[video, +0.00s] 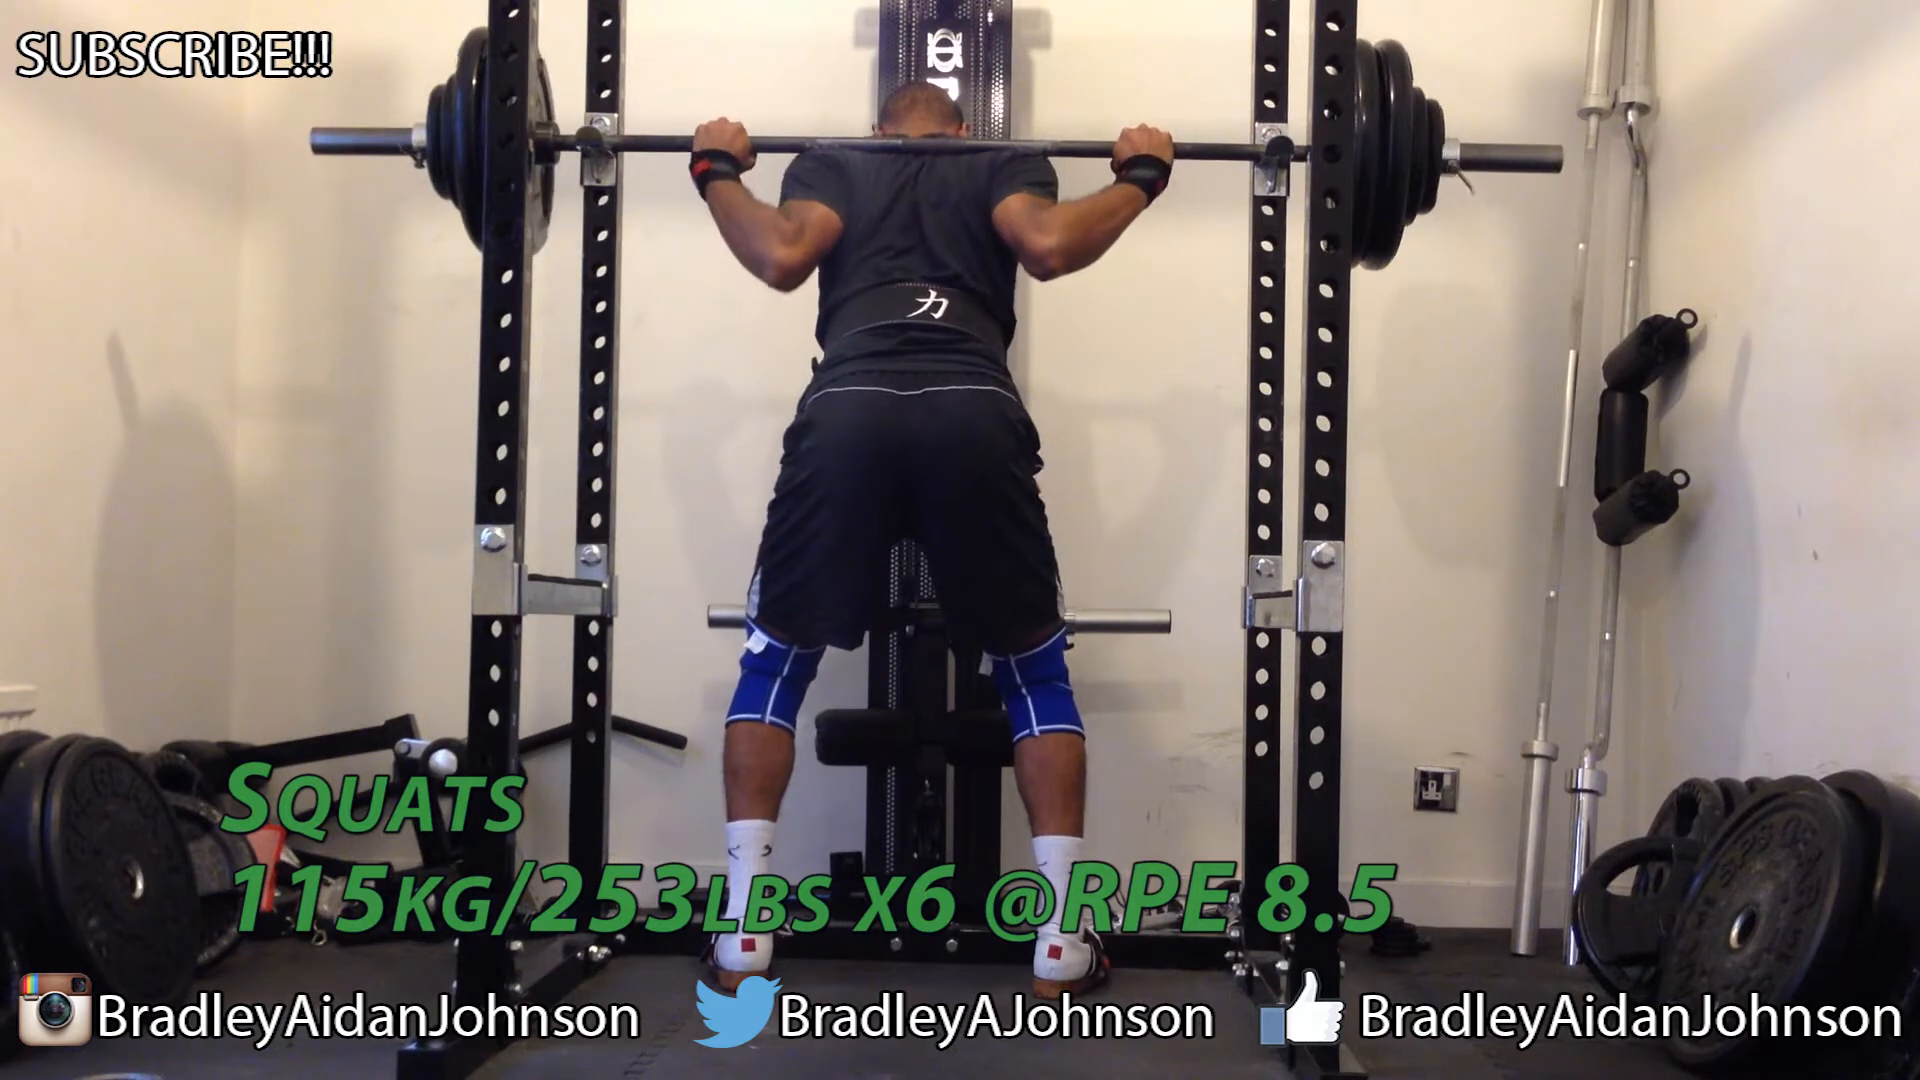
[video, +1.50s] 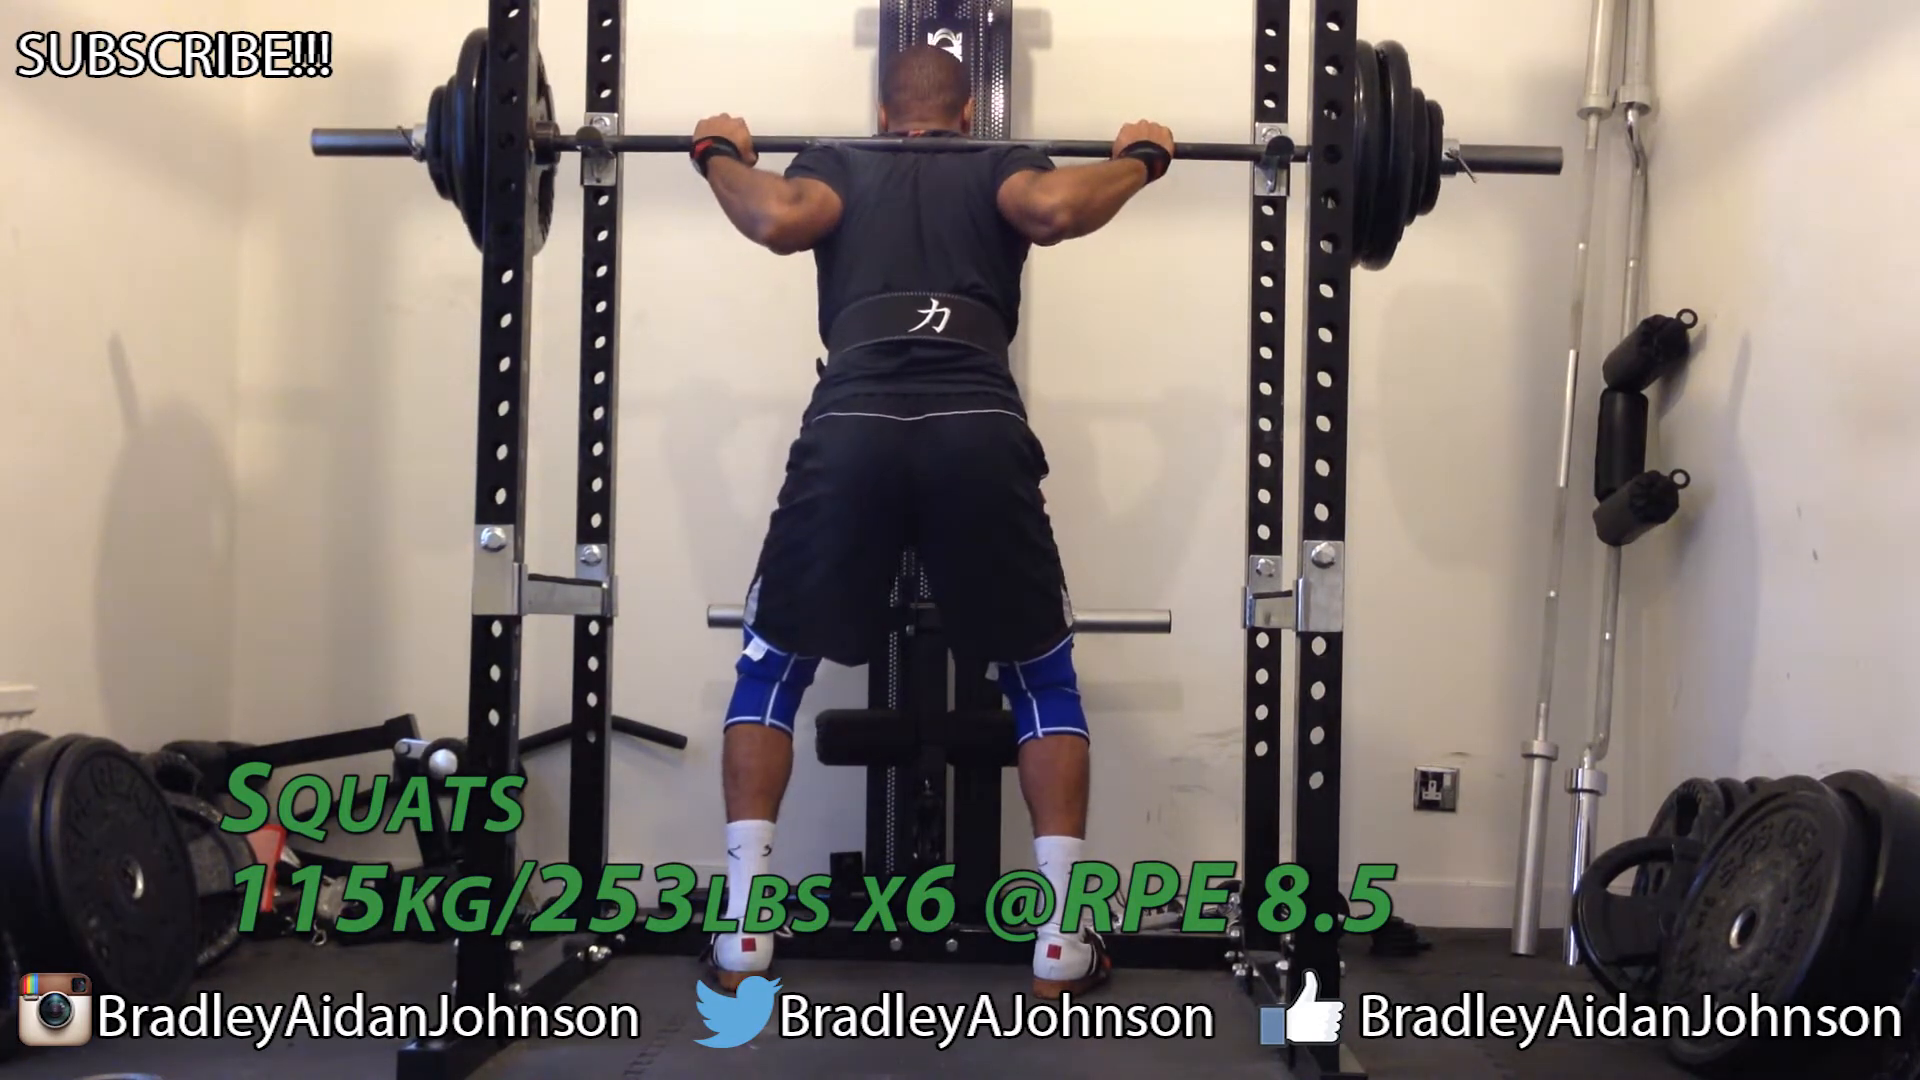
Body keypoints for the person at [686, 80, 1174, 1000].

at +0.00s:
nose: (939, 127)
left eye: (917, 119)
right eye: (951, 118)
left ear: (878, 126)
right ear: (965, 126)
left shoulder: (835, 161)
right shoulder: (999, 162)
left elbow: (781, 259)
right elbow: (1048, 248)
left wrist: (720, 174)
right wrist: (1137, 183)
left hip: (847, 412)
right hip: (973, 409)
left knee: (776, 658)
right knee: (1032, 668)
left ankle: (744, 916)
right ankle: (1062, 926)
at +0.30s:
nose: (924, 127)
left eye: (901, 117)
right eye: (950, 116)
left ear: (877, 123)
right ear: (962, 123)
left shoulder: (836, 163)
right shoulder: (997, 166)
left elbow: (783, 245)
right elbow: (1048, 241)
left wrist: (722, 174)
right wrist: (1137, 180)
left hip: (849, 414)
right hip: (977, 414)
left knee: (775, 660)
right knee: (1033, 671)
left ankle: (744, 919)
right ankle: (1063, 929)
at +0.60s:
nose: (906, 114)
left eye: (890, 102)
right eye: (956, 102)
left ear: (878, 110)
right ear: (969, 112)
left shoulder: (836, 161)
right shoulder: (1001, 161)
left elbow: (782, 231)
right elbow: (1048, 225)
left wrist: (722, 165)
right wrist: (1137, 167)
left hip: (844, 421)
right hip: (974, 424)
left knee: (773, 671)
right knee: (1036, 682)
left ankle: (743, 923)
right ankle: (1060, 931)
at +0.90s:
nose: (885, 102)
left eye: (885, 90)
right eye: (898, 89)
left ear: (886, 101)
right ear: (971, 109)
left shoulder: (837, 162)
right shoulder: (1005, 162)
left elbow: (779, 222)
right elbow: (1049, 215)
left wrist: (723, 161)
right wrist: (1133, 163)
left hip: (847, 427)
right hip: (977, 429)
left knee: (773, 672)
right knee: (1039, 681)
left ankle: (744, 917)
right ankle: (1061, 929)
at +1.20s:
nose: (901, 105)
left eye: (892, 93)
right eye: (947, 92)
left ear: (881, 105)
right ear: (972, 109)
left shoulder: (836, 163)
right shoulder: (1003, 163)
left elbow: (780, 224)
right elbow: (1051, 216)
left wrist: (723, 162)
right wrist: (1135, 164)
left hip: (849, 430)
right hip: (979, 432)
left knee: (773, 673)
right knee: (1042, 684)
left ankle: (744, 918)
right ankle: (1061, 931)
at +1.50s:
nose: (946, 110)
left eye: (904, 97)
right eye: (961, 99)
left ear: (880, 110)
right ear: (970, 111)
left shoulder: (837, 163)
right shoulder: (999, 163)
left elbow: (778, 219)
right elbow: (1050, 210)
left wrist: (723, 158)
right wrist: (1135, 162)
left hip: (849, 429)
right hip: (978, 431)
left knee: (771, 673)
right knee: (1042, 682)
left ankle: (744, 919)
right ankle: (1061, 930)